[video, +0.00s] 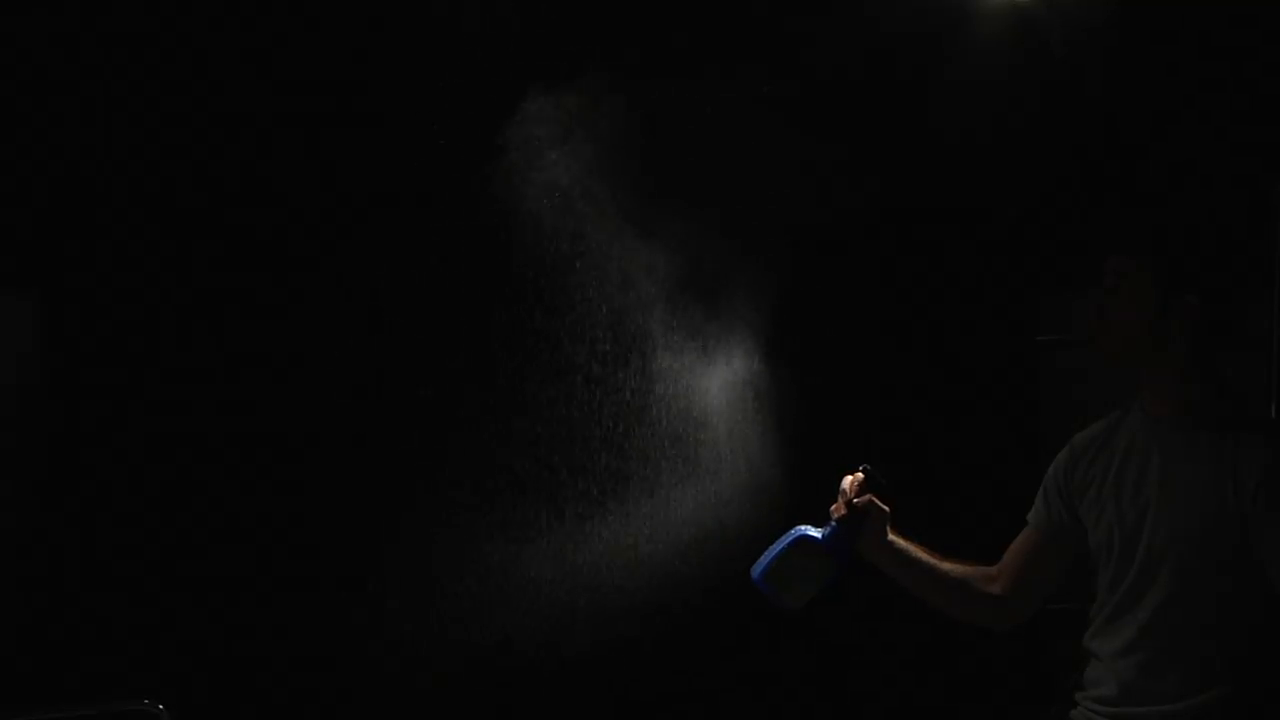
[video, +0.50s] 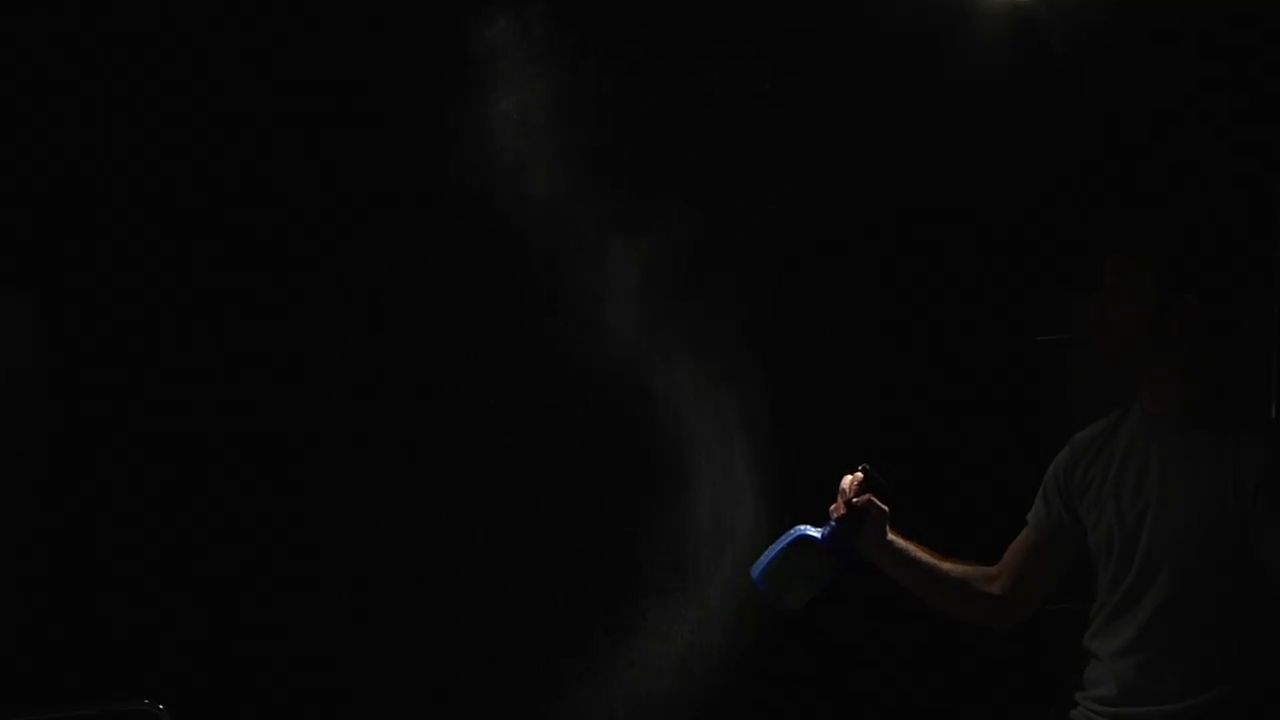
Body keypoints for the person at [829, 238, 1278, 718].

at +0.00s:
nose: (1101, 310)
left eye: (1121, 291)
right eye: (1107, 291)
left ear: (1180, 310)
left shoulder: (1246, 447)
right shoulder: (1092, 456)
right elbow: (1003, 594)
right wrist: (881, 543)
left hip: (1217, 697)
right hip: (1106, 698)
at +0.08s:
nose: (1101, 309)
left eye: (1121, 290)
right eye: (1107, 290)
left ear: (1179, 310)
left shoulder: (1246, 447)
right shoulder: (1091, 457)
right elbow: (1003, 595)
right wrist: (881, 544)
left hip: (1217, 698)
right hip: (1106, 699)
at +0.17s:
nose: (1101, 310)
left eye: (1121, 292)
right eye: (1107, 292)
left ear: (1179, 311)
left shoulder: (1246, 447)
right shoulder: (1091, 457)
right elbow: (1004, 594)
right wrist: (881, 543)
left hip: (1216, 698)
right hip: (1105, 700)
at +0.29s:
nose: (1101, 311)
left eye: (1122, 292)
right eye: (1108, 292)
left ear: (1180, 311)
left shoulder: (1247, 447)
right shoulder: (1091, 457)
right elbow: (1003, 595)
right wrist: (880, 543)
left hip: (1216, 699)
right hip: (1106, 700)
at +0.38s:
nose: (1101, 311)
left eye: (1122, 293)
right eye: (1108, 293)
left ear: (1181, 311)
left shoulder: (1247, 447)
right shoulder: (1092, 457)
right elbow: (1004, 595)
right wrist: (880, 543)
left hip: (1217, 699)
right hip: (1106, 700)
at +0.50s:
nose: (1101, 311)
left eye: (1123, 292)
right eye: (1108, 292)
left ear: (1181, 309)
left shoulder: (1247, 444)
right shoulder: (1092, 457)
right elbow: (1003, 595)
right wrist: (880, 543)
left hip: (1219, 697)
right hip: (1107, 698)